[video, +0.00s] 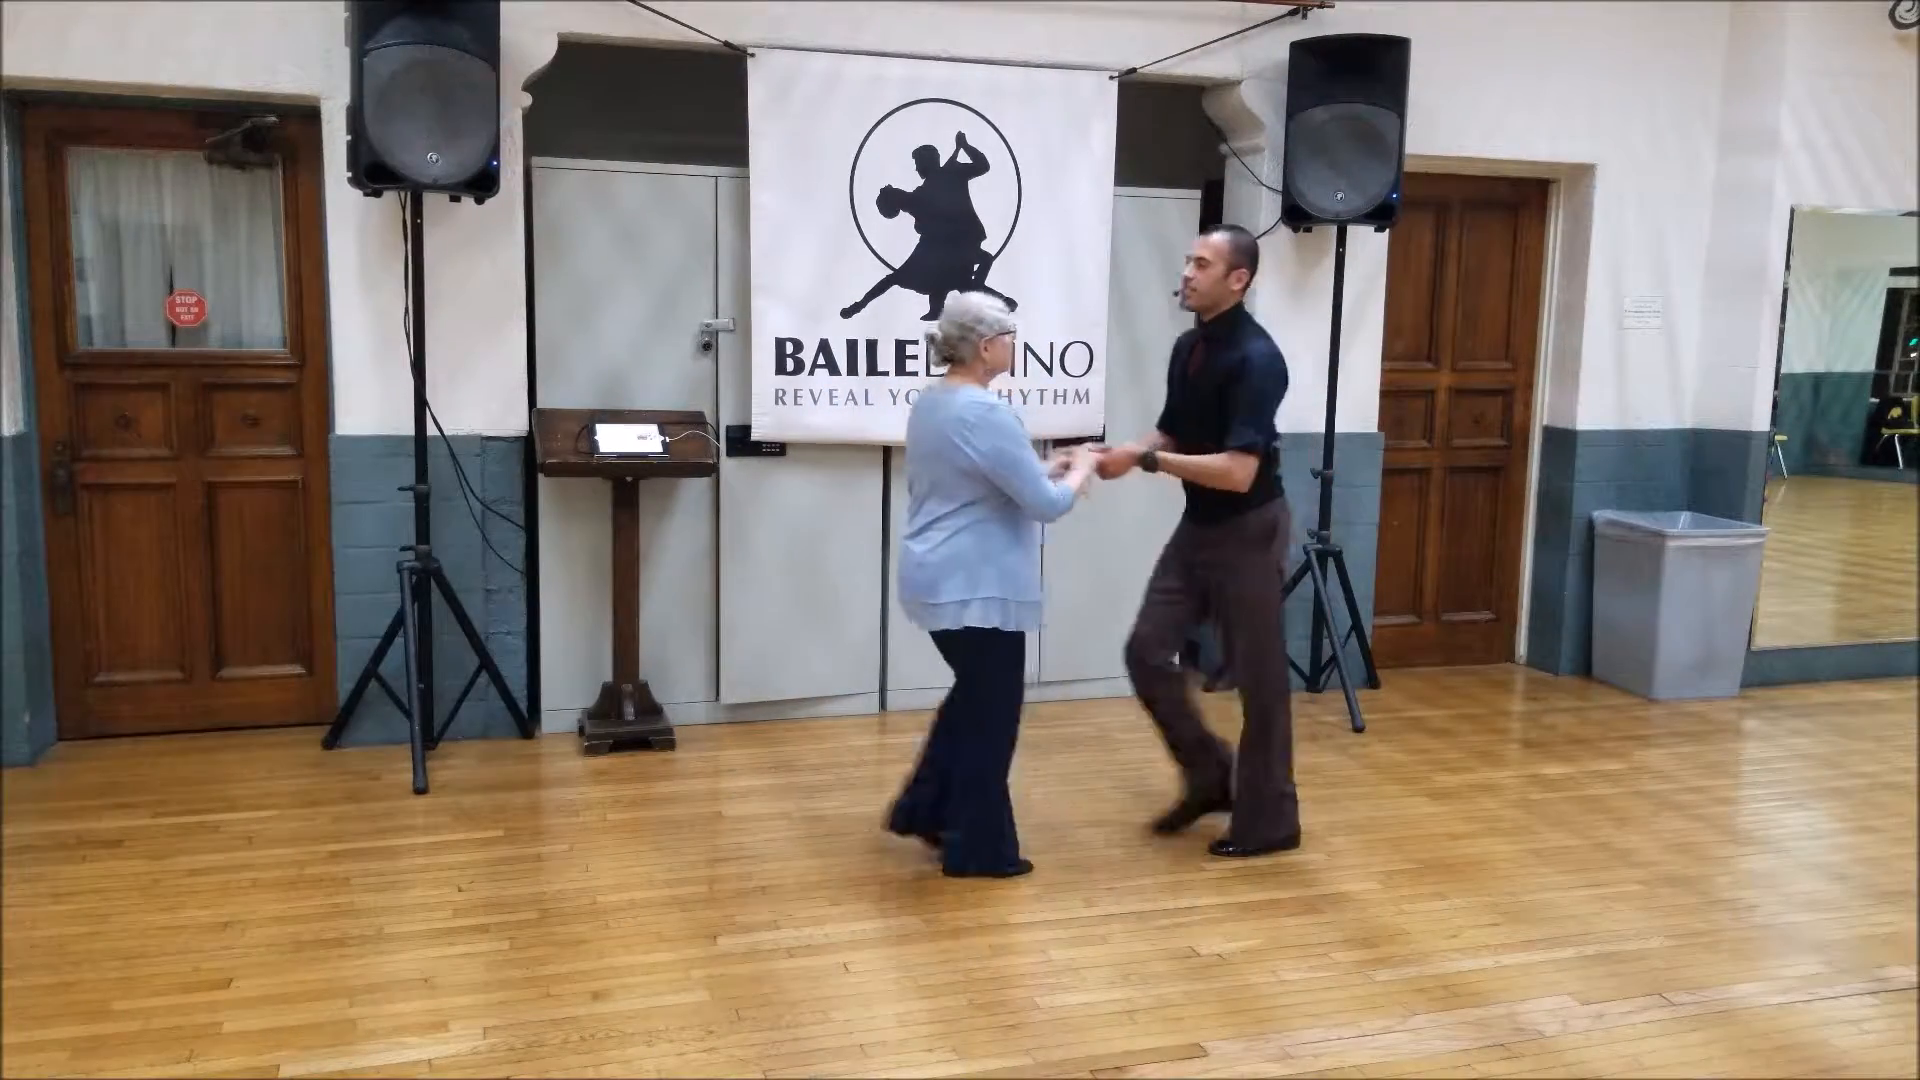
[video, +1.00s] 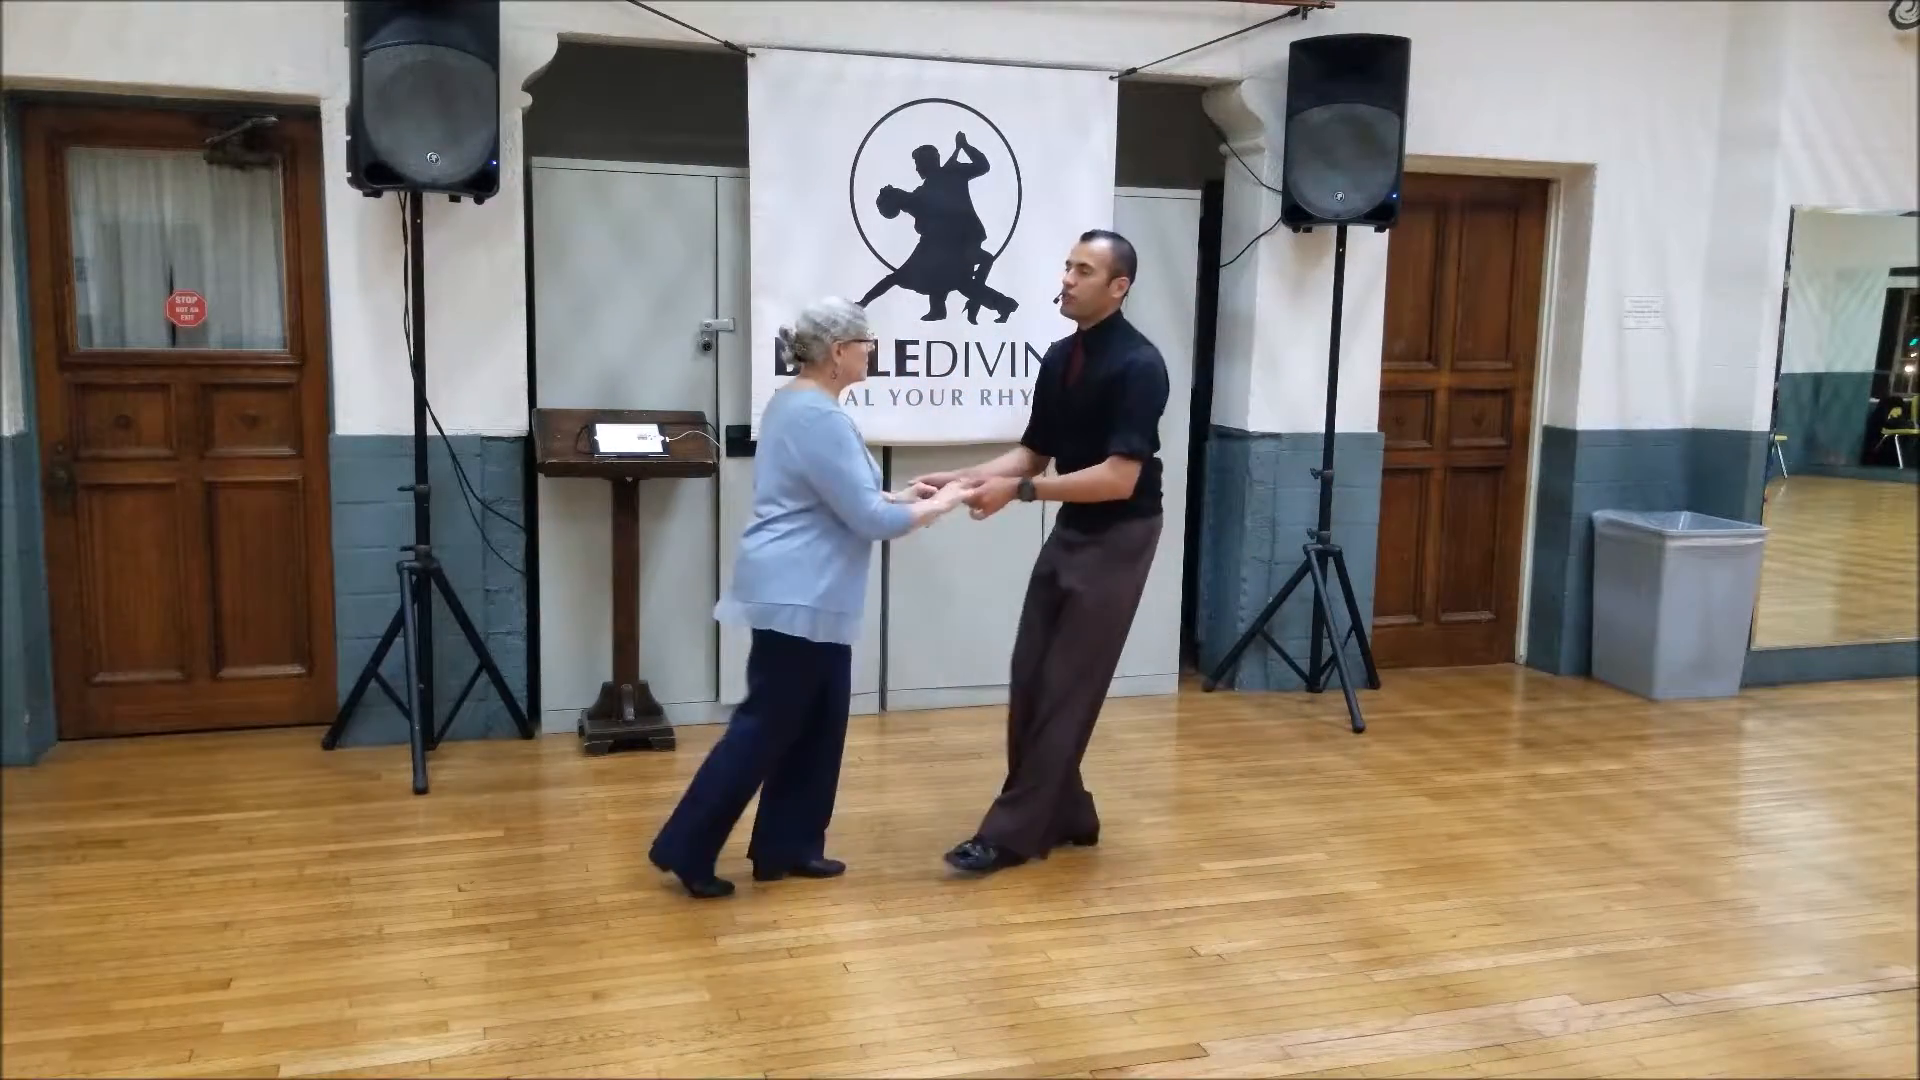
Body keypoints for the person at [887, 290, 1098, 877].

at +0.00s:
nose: (1015, 344)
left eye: (1011, 335)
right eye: (1007, 336)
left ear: (963, 346)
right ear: (981, 345)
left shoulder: (928, 405)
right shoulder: (984, 415)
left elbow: (987, 481)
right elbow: (1046, 502)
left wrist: (1046, 467)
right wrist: (1077, 476)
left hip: (935, 581)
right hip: (981, 588)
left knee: (976, 694)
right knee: (994, 712)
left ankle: (923, 807)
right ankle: (981, 847)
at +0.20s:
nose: (973, 350)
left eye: (970, 339)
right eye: (966, 341)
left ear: (923, 348)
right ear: (941, 348)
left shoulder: (888, 403)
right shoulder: (942, 415)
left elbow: (939, 471)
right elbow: (992, 511)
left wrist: (1001, 452)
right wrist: (1036, 492)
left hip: (884, 579)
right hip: (939, 584)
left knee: (884, 702)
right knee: (963, 717)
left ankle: (825, 830)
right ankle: (971, 851)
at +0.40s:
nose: (936, 350)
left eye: (933, 341)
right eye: (928, 342)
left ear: (884, 353)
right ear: (898, 351)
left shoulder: (851, 406)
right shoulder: (896, 421)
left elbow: (894, 483)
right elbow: (907, 519)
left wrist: (956, 494)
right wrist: (971, 538)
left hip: (830, 590)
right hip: (877, 596)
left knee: (842, 710)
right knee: (924, 703)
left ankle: (818, 846)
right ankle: (893, 848)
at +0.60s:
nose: (899, 347)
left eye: (896, 337)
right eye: (891, 338)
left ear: (850, 347)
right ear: (861, 345)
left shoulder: (822, 400)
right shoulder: (852, 412)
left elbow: (860, 492)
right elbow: (858, 507)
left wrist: (926, 499)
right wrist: (923, 526)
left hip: (808, 580)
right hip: (831, 588)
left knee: (821, 717)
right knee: (819, 721)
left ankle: (821, 847)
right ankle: (714, 827)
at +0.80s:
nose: (880, 350)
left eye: (877, 340)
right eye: (872, 341)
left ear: (835, 352)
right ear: (842, 351)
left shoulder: (809, 404)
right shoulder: (829, 417)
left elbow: (846, 499)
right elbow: (839, 519)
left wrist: (907, 505)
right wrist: (912, 532)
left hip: (812, 593)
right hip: (792, 593)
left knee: (825, 715)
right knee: (745, 725)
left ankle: (820, 843)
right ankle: (675, 850)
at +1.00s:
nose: (872, 353)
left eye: (870, 344)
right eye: (865, 344)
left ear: (829, 351)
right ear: (835, 351)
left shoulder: (796, 406)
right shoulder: (818, 417)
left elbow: (848, 502)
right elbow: (870, 518)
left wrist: (909, 493)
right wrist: (932, 509)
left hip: (812, 594)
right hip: (800, 596)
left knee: (819, 723)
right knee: (770, 724)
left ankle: (785, 848)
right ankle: (685, 847)